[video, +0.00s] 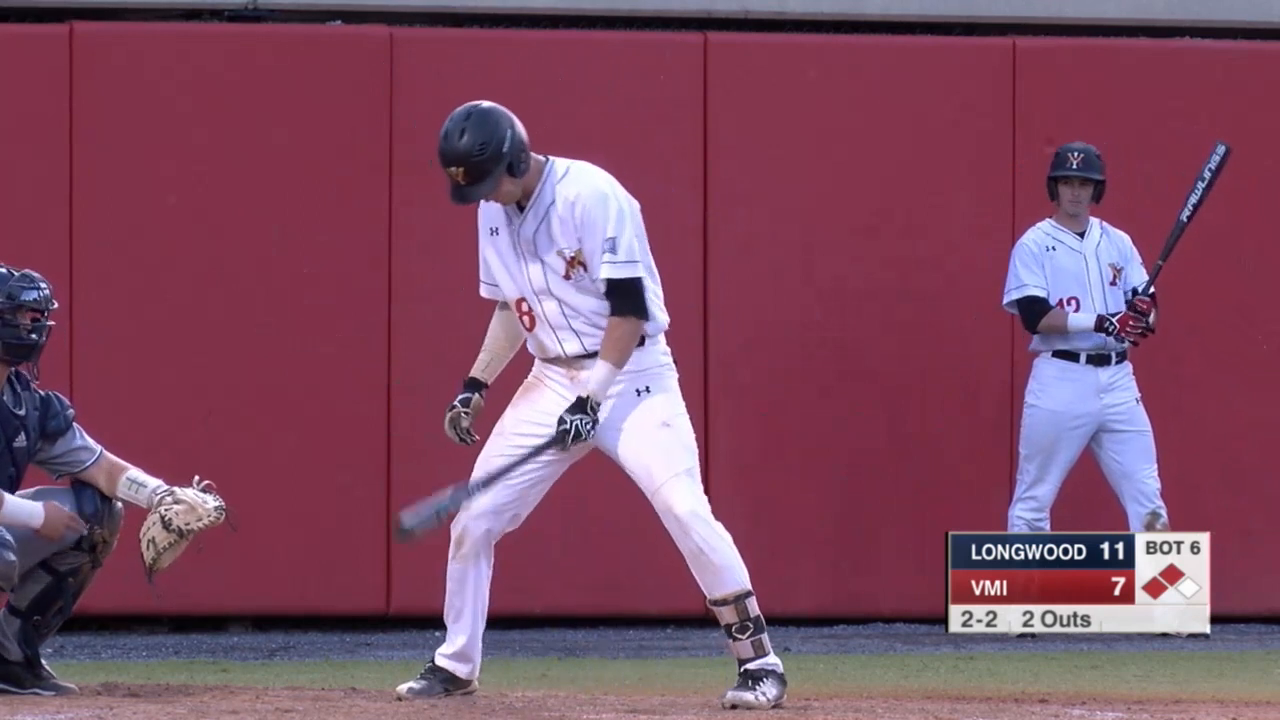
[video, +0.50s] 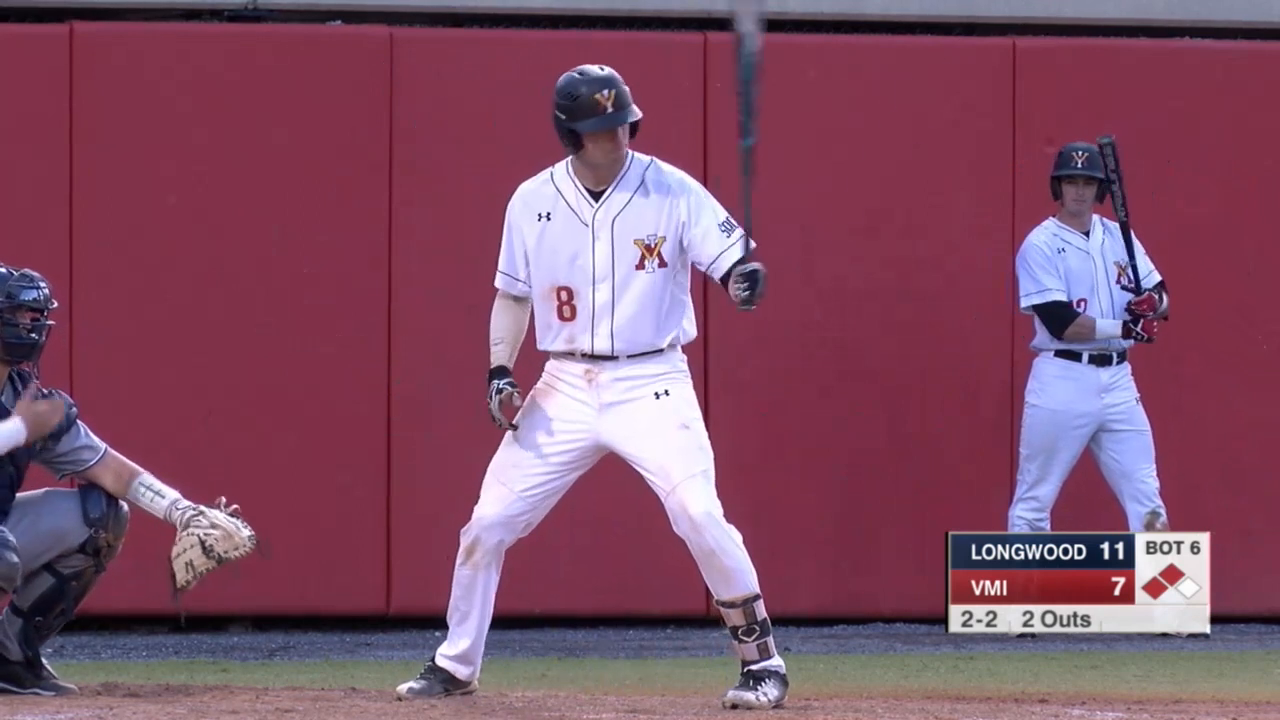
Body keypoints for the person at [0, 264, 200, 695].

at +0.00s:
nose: (28, 325)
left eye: (35, 315)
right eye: (17, 314)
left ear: (43, 322)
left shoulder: (32, 405)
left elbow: (103, 468)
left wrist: (164, 495)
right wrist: (34, 514)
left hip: (8, 527)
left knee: (93, 511)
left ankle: (14, 651)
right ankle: (10, 651)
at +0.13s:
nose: (29, 325)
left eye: (34, 316)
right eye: (17, 314)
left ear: (42, 322)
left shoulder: (32, 404)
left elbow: (103, 468)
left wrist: (165, 495)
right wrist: (35, 505)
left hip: (4, 529)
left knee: (94, 509)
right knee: (4, 552)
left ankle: (12, 650)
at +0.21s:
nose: (31, 326)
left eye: (36, 316)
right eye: (19, 315)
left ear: (43, 322)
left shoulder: (33, 404)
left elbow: (104, 468)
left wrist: (166, 496)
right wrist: (21, 497)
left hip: (6, 536)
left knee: (94, 510)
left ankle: (13, 650)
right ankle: (12, 650)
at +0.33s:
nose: (32, 325)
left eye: (36, 315)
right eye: (20, 314)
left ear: (43, 321)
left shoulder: (34, 404)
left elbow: (106, 469)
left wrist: (175, 502)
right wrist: (0, 483)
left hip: (5, 524)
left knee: (95, 513)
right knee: (6, 561)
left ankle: (13, 652)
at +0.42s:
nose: (29, 325)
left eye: (35, 315)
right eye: (18, 314)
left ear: (42, 321)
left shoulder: (36, 404)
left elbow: (108, 468)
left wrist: (179, 506)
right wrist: (9, 459)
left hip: (6, 528)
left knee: (98, 515)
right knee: (7, 561)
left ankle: (14, 651)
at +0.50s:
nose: (29, 325)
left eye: (34, 315)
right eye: (17, 314)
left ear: (41, 321)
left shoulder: (23, 395)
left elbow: (107, 466)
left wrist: (183, 512)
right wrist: (21, 427)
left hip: (5, 528)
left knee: (98, 515)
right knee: (8, 561)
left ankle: (14, 651)